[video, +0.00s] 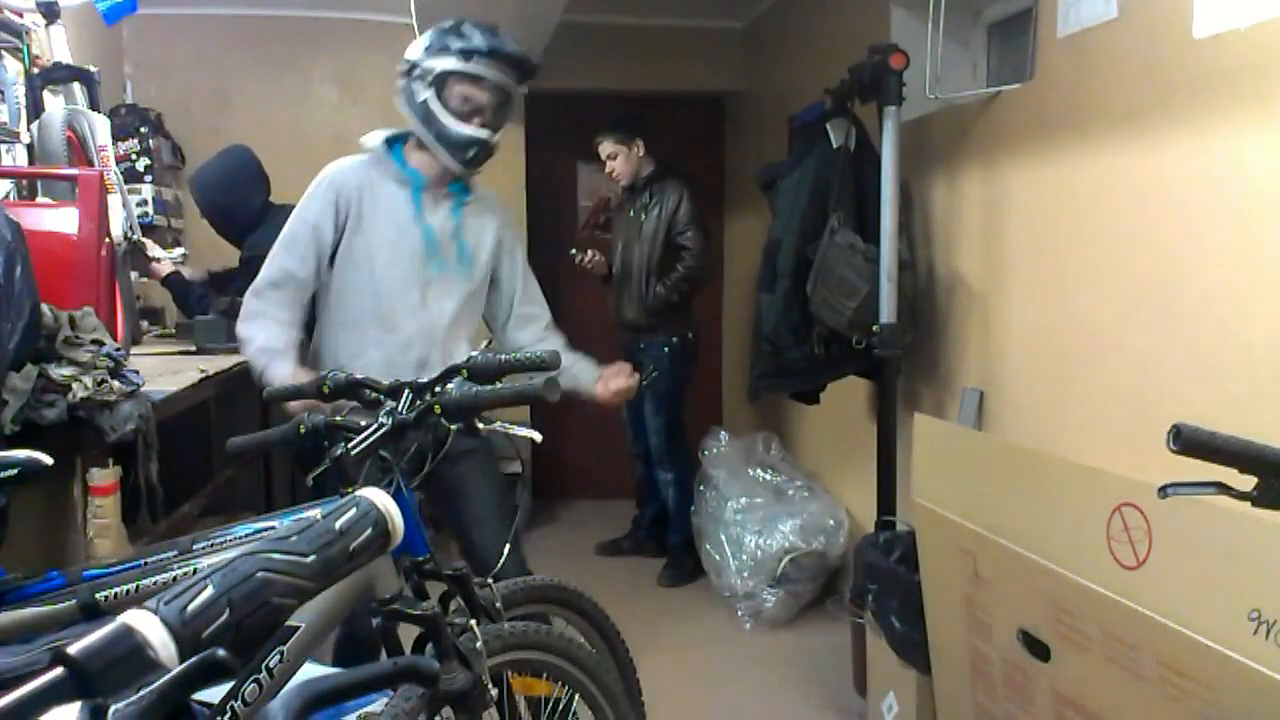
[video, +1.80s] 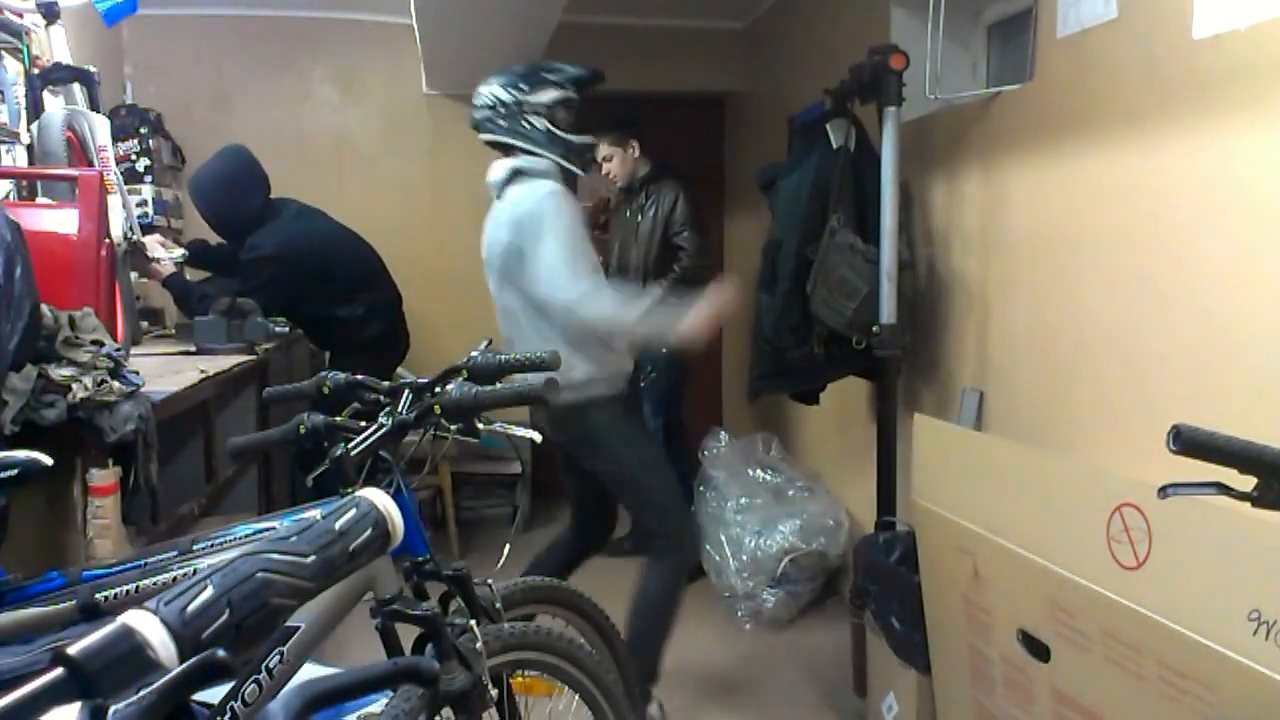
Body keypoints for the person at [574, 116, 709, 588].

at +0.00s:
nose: (609, 168)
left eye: (613, 157)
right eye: (605, 162)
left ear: (639, 149)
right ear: (611, 164)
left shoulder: (673, 193)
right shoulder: (626, 203)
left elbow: (695, 262)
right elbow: (627, 265)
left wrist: (656, 298)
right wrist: (605, 267)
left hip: (666, 336)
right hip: (633, 335)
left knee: (665, 442)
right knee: (641, 441)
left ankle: (684, 547)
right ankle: (650, 530)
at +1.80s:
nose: (605, 171)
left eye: (609, 160)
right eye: (600, 164)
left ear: (633, 151)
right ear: (605, 164)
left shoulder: (670, 194)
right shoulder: (619, 204)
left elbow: (692, 258)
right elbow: (616, 265)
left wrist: (653, 306)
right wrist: (608, 305)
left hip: (663, 330)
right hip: (624, 329)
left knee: (663, 428)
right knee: (630, 429)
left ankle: (684, 540)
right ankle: (644, 525)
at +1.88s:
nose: (592, 152)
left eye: (594, 140)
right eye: (580, 138)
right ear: (550, 140)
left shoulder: (527, 215)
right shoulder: (565, 211)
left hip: (559, 423)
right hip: (593, 426)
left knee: (592, 539)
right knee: (696, 545)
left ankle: (512, 617)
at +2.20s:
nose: (626, 106)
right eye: (616, 99)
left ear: (558, 119)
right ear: (587, 108)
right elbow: (659, 293)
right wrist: (772, 304)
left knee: (659, 521)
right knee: (722, 558)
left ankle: (577, 624)